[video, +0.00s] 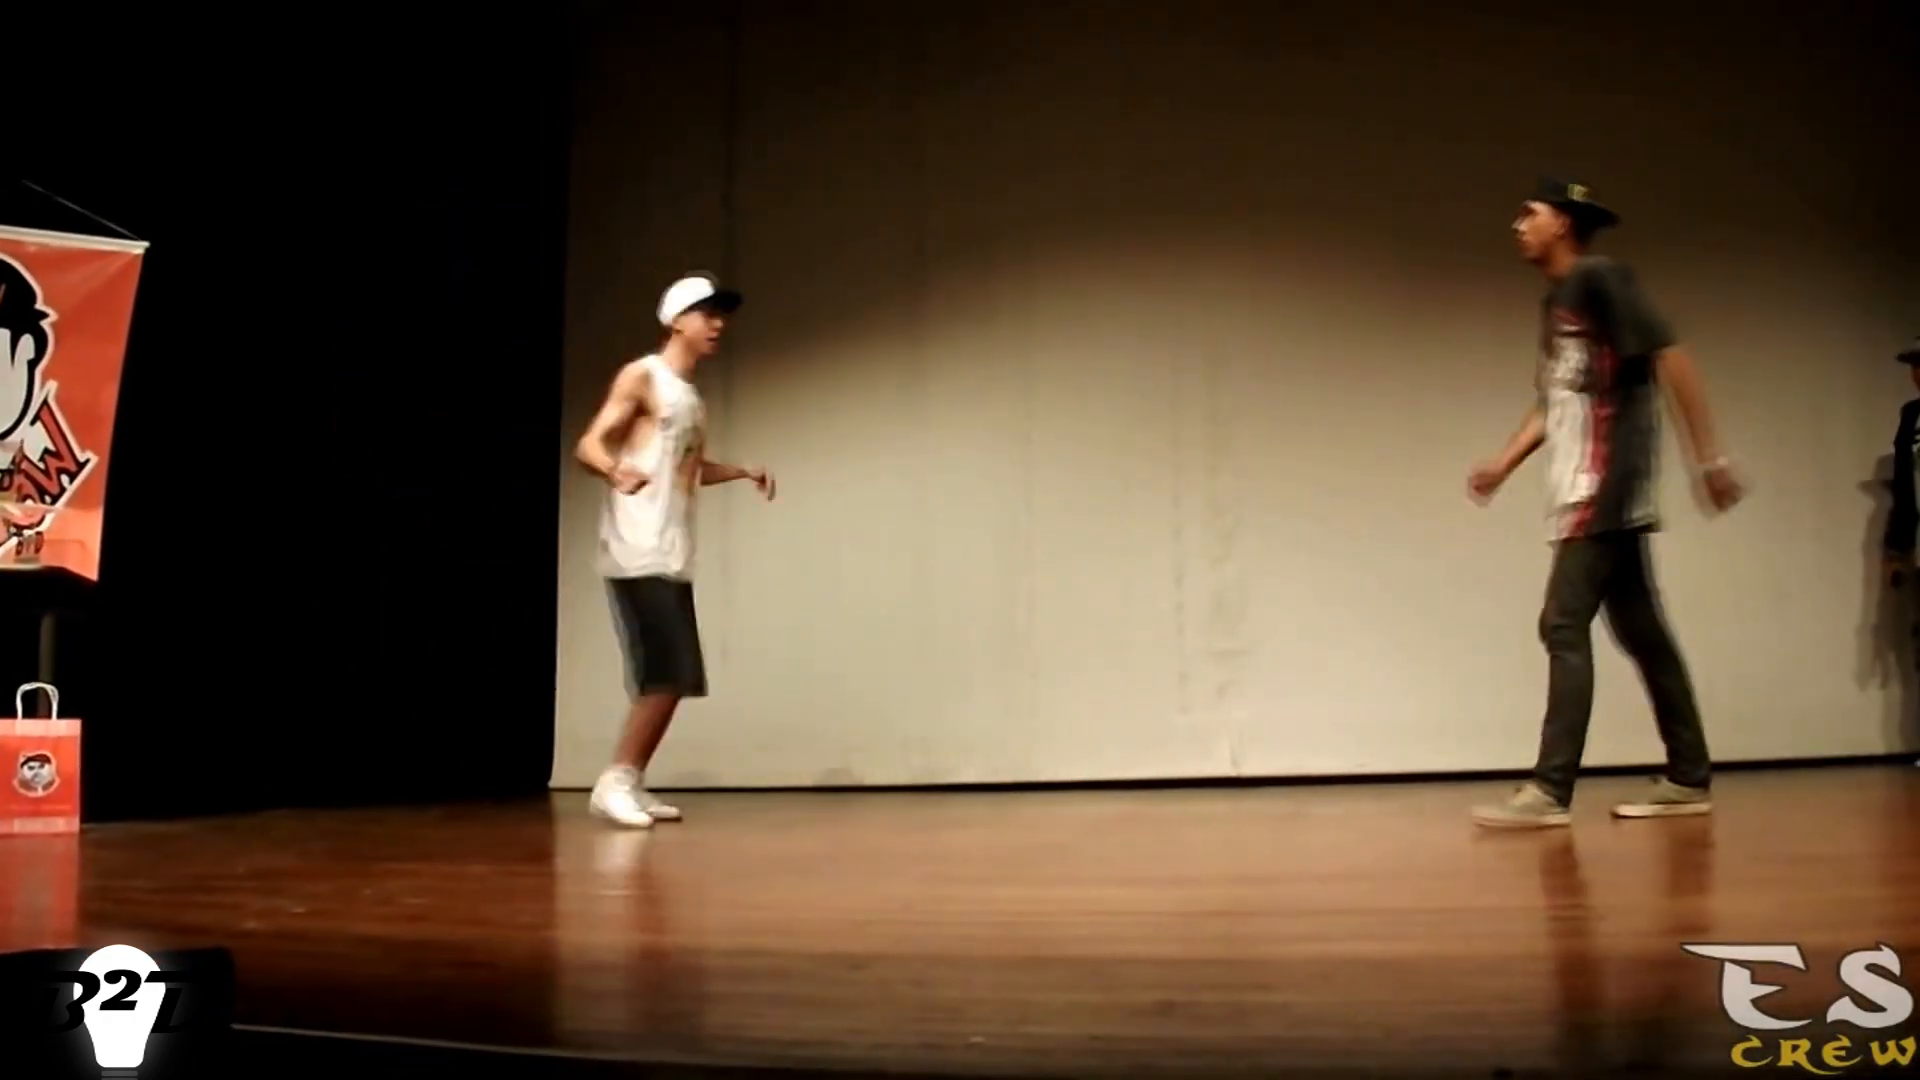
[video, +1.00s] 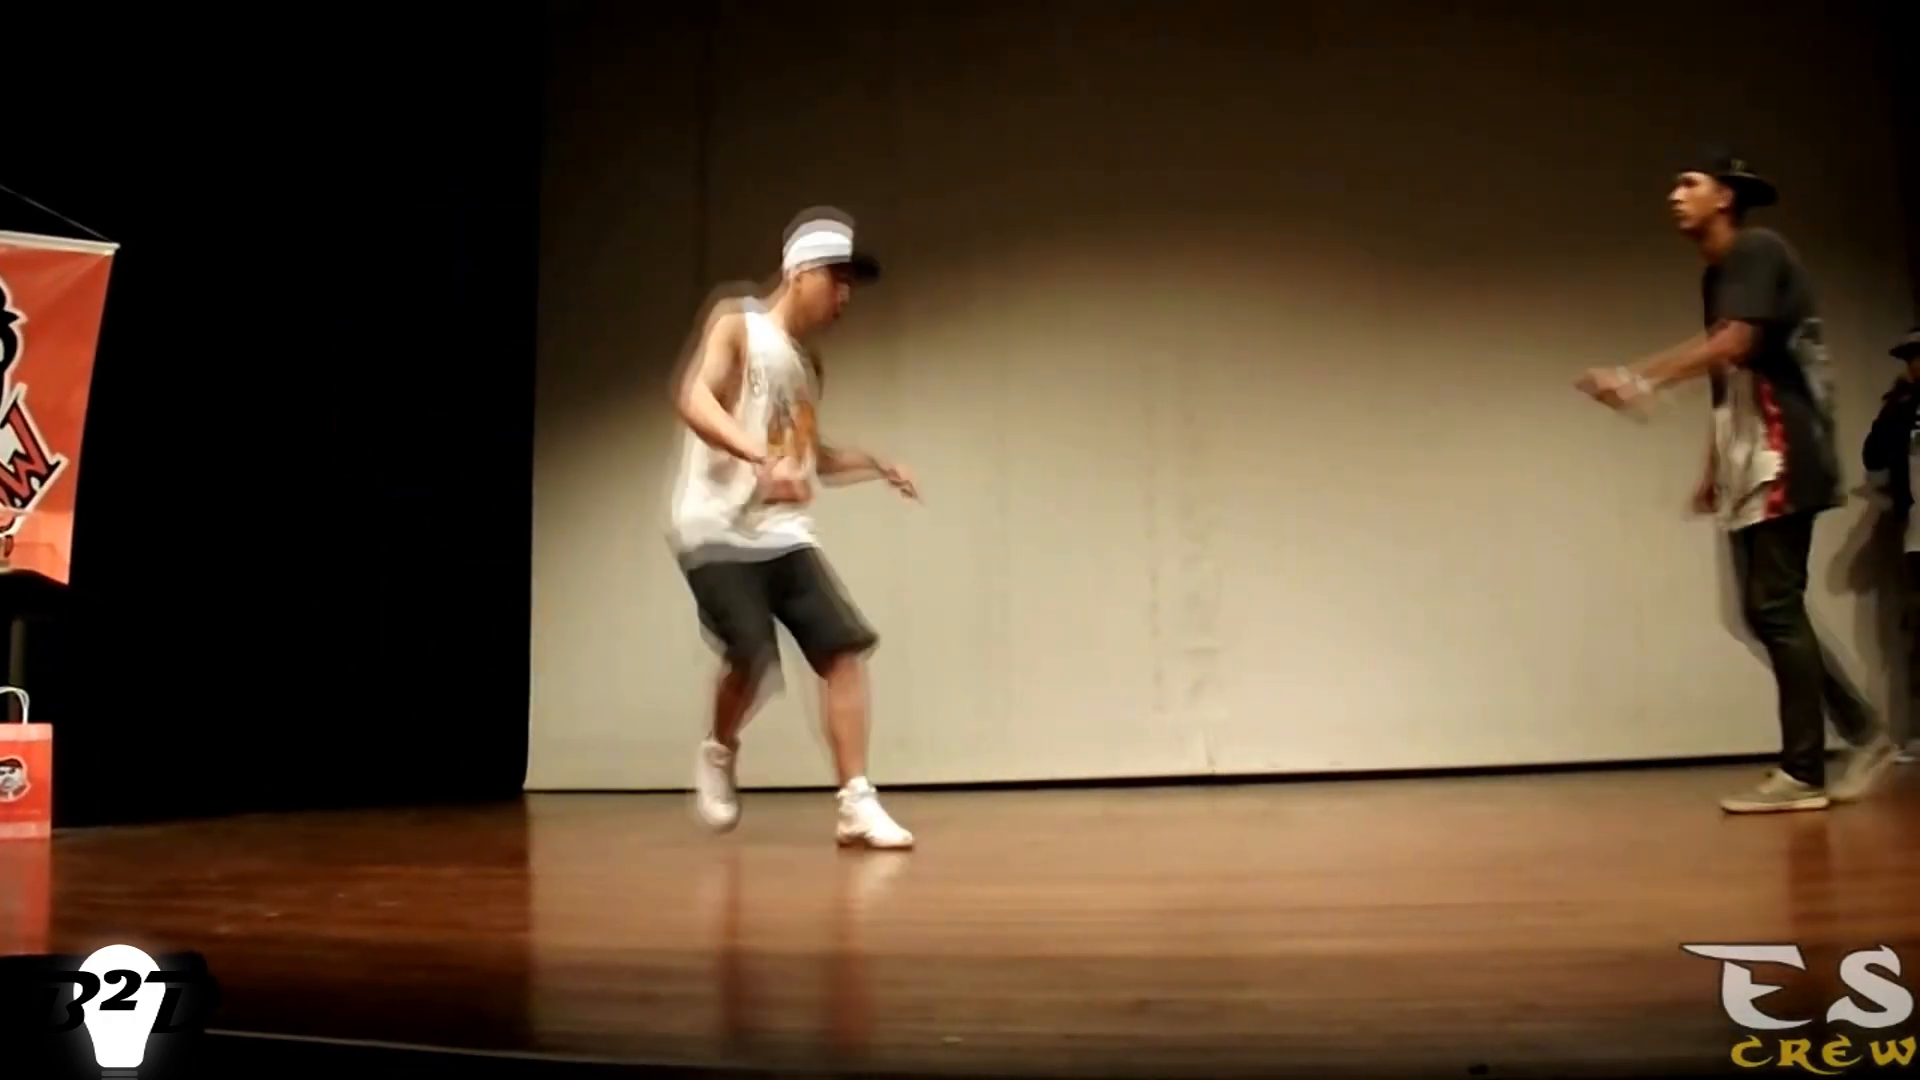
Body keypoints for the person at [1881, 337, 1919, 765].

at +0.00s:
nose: (1912, 376)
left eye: (1914, 369)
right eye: (1911, 368)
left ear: (1918, 372)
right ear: (1913, 372)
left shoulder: (1912, 417)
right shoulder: (1910, 417)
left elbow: (1905, 491)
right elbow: (1904, 491)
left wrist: (1896, 550)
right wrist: (1895, 550)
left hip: (1918, 559)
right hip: (1917, 559)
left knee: (1917, 652)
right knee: (1916, 652)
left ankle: (1917, 740)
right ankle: (1917, 740)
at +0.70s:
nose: (1916, 371)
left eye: (1918, 363)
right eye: (1913, 363)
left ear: (1918, 367)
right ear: (1909, 367)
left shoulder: (1903, 409)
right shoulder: (1901, 408)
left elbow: (1882, 467)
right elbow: (1882, 467)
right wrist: (1906, 496)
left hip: (1911, 542)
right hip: (1908, 541)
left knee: (1912, 642)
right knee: (1913, 640)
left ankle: (1917, 737)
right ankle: (1917, 736)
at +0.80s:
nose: (1911, 370)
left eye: (1914, 362)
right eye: (1909, 362)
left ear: (1919, 365)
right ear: (1908, 366)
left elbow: (1879, 456)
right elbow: (1876, 458)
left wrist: (1898, 405)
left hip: (1915, 538)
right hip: (1909, 537)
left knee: (1911, 638)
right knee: (1911, 636)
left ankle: (1919, 736)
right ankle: (1917, 736)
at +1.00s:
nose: (1914, 367)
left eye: (1916, 359)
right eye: (1911, 359)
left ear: (1919, 362)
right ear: (1908, 363)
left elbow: (1878, 454)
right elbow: (1875, 455)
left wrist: (1899, 402)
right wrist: (1902, 401)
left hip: (1914, 536)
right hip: (1909, 535)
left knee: (1911, 638)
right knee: (1910, 637)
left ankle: (1912, 732)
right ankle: (1911, 732)